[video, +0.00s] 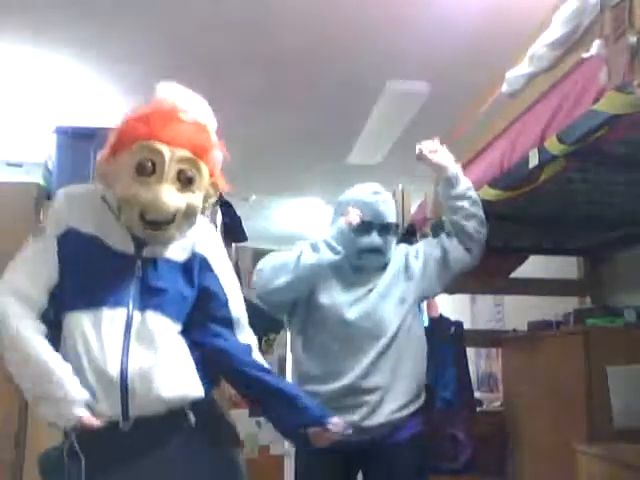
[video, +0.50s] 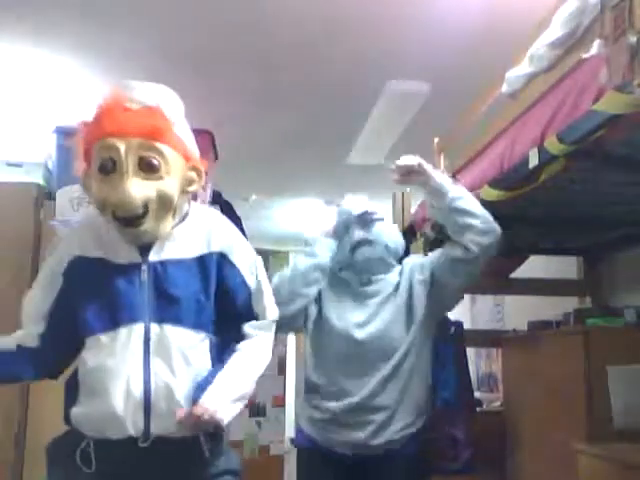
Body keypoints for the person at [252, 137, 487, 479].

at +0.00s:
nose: (374, 241)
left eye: (384, 230)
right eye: (363, 230)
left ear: (395, 232)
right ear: (341, 230)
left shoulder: (410, 266)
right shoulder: (311, 269)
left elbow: (467, 241)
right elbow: (265, 286)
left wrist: (451, 174)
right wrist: (335, 240)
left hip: (397, 433)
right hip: (323, 435)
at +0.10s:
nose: (370, 239)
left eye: (380, 227)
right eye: (357, 228)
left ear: (391, 229)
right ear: (334, 230)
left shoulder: (408, 260)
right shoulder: (307, 271)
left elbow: (464, 232)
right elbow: (259, 291)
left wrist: (454, 154)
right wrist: (329, 238)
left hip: (397, 440)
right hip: (324, 441)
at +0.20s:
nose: (352, 244)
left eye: (360, 231)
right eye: (340, 237)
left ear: (373, 228)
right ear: (325, 241)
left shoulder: (403, 270)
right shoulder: (311, 290)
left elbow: (430, 210)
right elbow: (263, 324)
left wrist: (453, 131)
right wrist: (319, 276)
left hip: (397, 443)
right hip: (322, 444)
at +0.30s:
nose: (348, 238)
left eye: (356, 225)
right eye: (337, 231)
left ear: (378, 228)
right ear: (323, 241)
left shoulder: (411, 275)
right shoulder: (313, 287)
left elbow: (442, 216)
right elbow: (290, 347)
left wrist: (415, 151)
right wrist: (311, 258)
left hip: (397, 454)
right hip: (321, 452)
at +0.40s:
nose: (348, 234)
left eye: (359, 225)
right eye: (338, 229)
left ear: (383, 236)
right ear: (325, 247)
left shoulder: (413, 282)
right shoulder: (315, 298)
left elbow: (461, 224)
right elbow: (288, 341)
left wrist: (415, 169)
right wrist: (311, 257)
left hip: (393, 456)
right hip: (320, 454)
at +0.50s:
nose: (361, 227)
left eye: (374, 219)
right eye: (350, 223)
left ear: (397, 235)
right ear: (338, 240)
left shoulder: (420, 279)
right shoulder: (319, 285)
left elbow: (482, 238)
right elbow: (276, 311)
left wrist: (432, 181)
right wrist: (327, 245)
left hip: (397, 453)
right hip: (323, 454)